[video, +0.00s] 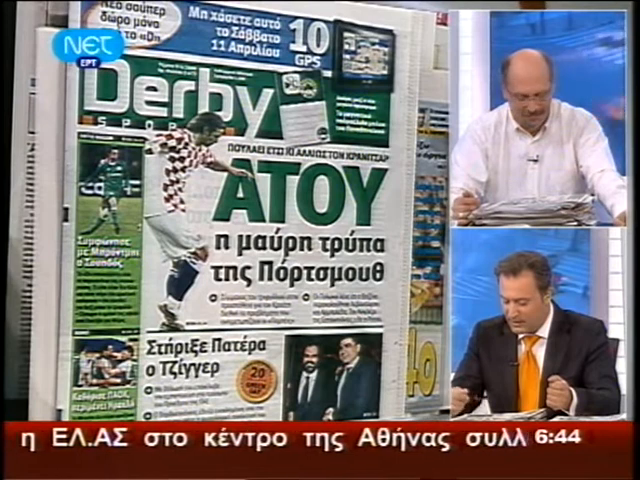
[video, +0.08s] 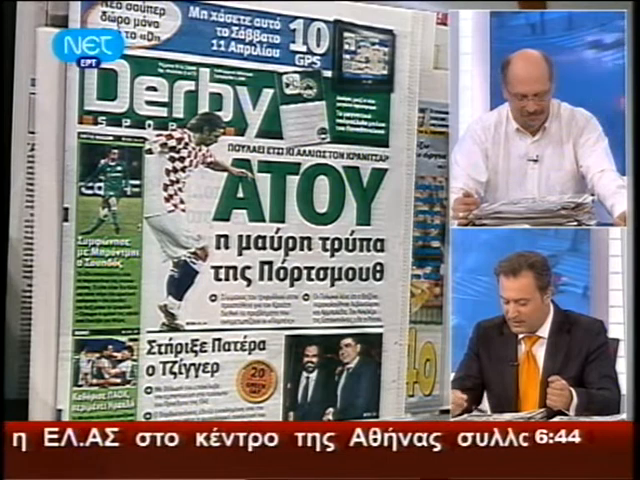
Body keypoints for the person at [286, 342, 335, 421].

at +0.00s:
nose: (310, 360)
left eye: (314, 356)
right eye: (307, 356)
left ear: (320, 359)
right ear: (302, 358)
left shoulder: (326, 377)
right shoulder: (295, 376)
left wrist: (330, 411)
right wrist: (290, 412)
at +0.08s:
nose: (310, 360)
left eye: (314, 356)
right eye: (307, 356)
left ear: (320, 359)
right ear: (302, 358)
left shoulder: (326, 377)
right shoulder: (295, 376)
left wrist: (330, 411)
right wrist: (290, 412)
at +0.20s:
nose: (310, 360)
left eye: (314, 356)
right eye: (307, 356)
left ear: (320, 359)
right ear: (302, 358)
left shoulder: (326, 377)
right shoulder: (295, 376)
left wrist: (330, 411)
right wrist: (290, 412)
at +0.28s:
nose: (309, 360)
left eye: (314, 356)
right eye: (306, 356)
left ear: (320, 359)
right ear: (302, 358)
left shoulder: (326, 377)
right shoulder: (296, 375)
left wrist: (330, 411)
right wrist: (290, 412)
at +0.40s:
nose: (310, 360)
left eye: (314, 356)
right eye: (307, 356)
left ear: (320, 359)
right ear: (302, 358)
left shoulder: (326, 377)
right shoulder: (296, 376)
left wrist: (330, 411)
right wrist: (290, 412)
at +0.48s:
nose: (310, 360)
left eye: (314, 356)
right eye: (307, 356)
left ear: (320, 359)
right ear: (302, 358)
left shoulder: (326, 377)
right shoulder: (295, 375)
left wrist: (330, 411)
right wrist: (290, 412)